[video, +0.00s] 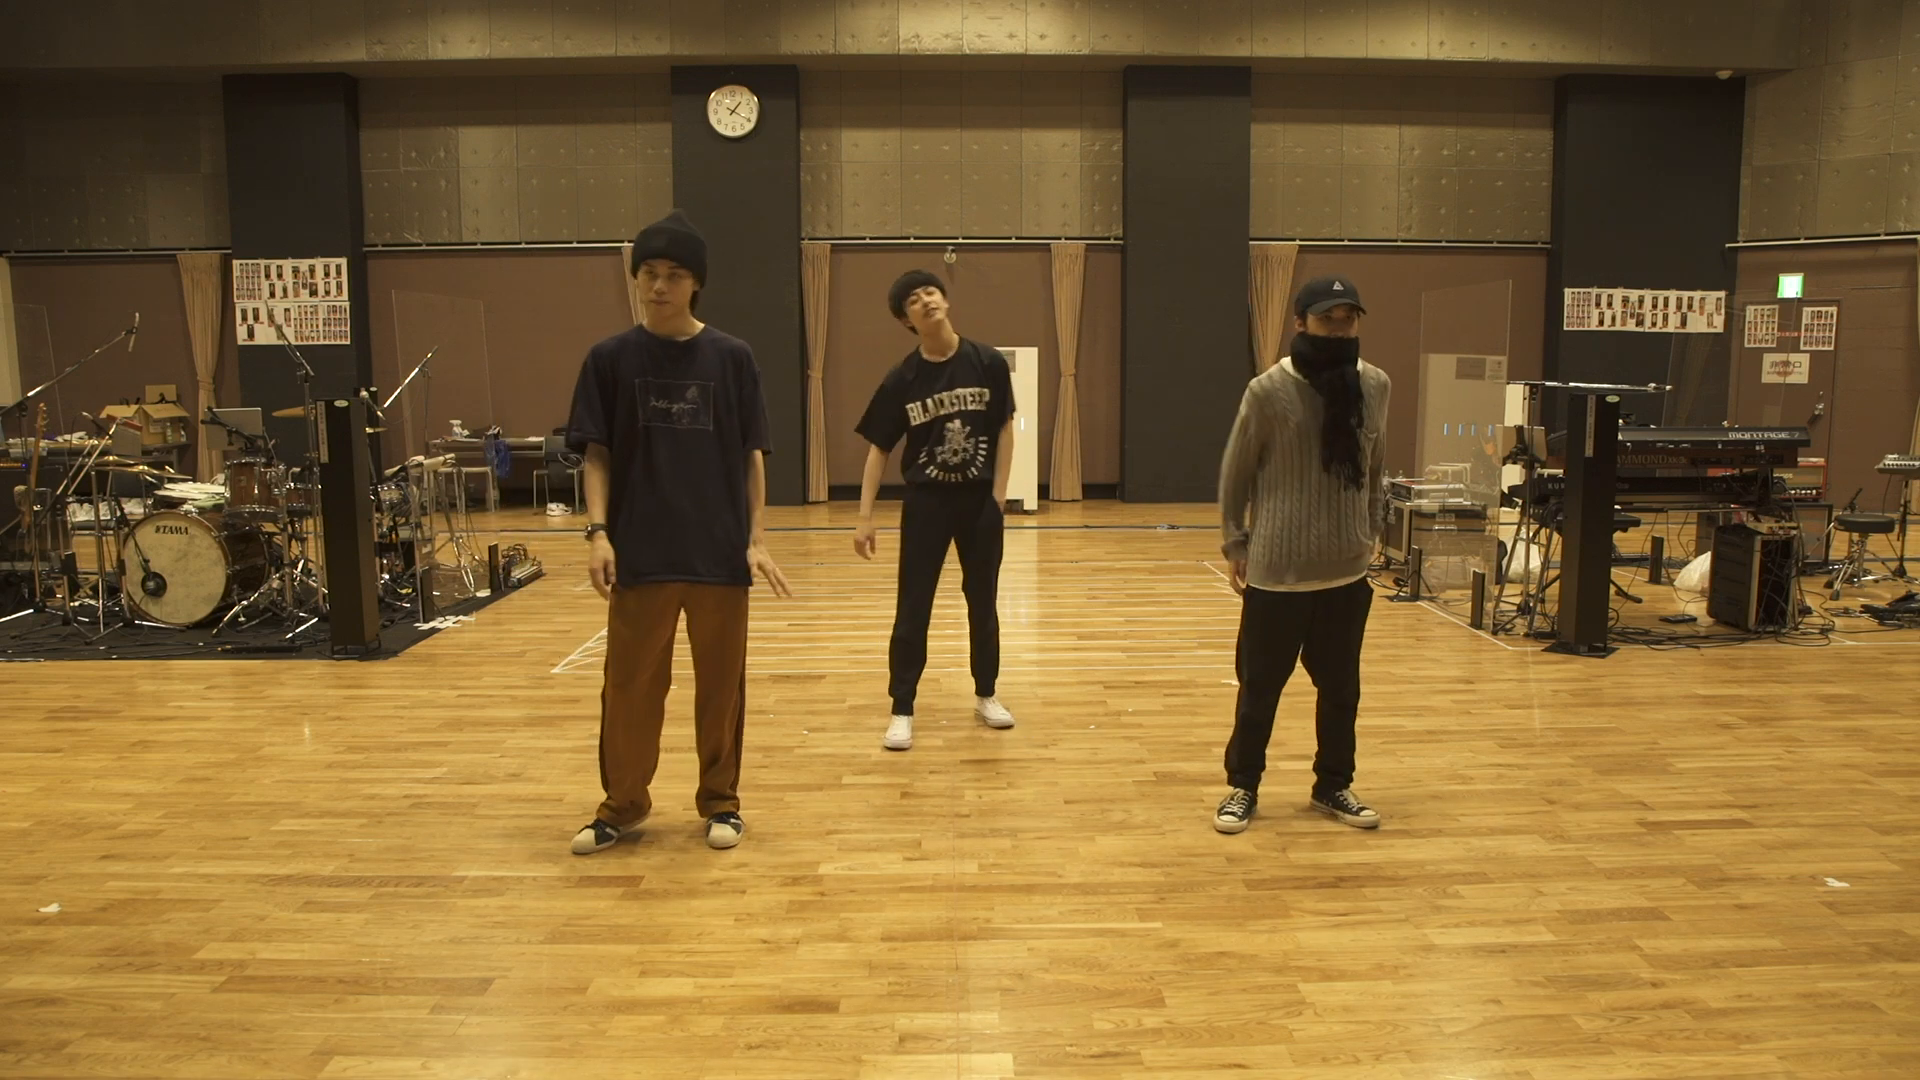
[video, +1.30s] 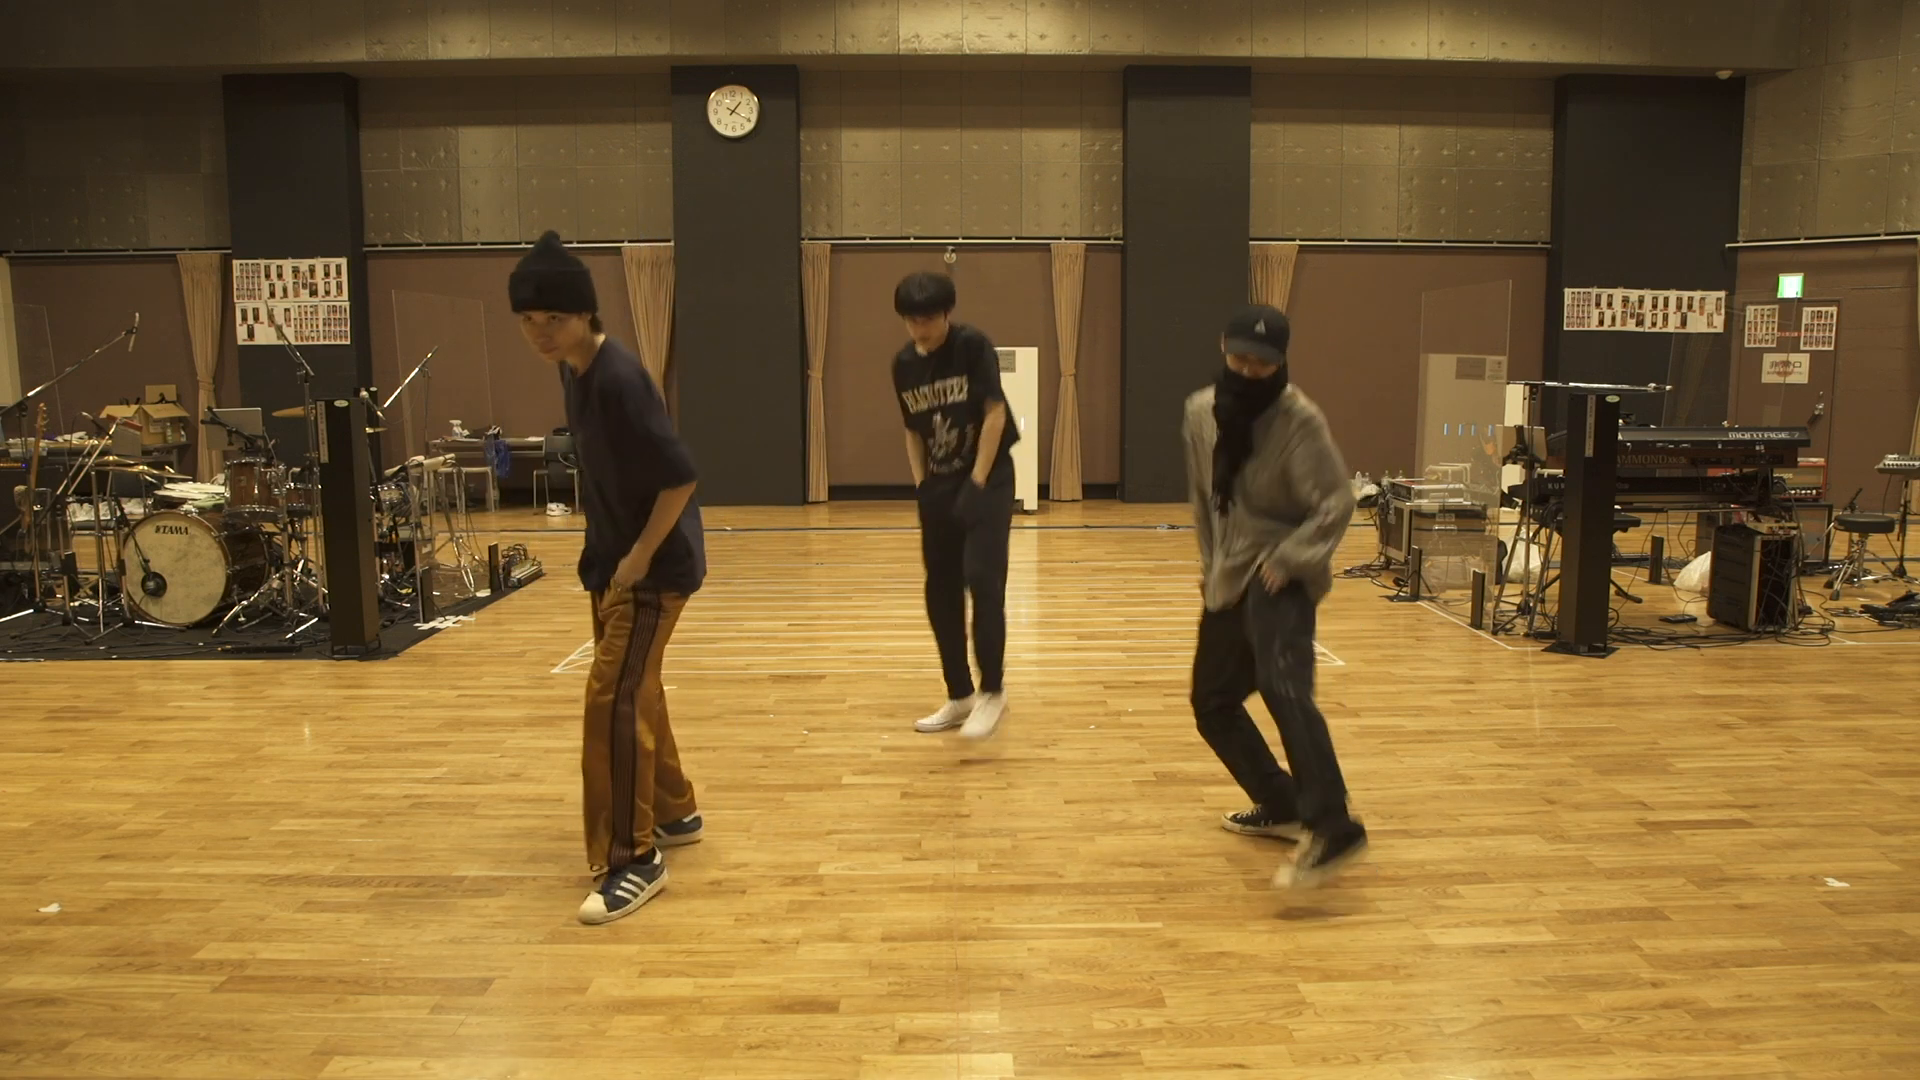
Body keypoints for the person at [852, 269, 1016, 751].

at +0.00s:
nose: (925, 301)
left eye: (930, 293)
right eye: (914, 300)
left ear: (948, 302)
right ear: (906, 321)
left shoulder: (989, 363)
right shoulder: (901, 380)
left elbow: (1005, 428)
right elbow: (878, 449)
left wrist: (998, 495)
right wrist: (865, 518)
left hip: (979, 503)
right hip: (925, 506)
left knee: (983, 603)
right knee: (913, 608)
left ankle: (986, 695)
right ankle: (902, 713)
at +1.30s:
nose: (918, 331)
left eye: (927, 321)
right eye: (911, 322)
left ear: (948, 314)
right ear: (903, 320)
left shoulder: (972, 345)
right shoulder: (904, 365)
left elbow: (995, 414)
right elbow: (914, 429)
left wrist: (977, 481)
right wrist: (920, 484)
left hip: (985, 480)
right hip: (938, 484)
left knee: (984, 582)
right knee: (941, 590)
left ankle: (991, 693)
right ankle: (960, 696)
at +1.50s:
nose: (933, 327)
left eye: (941, 317)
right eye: (924, 319)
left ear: (958, 314)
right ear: (913, 320)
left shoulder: (991, 354)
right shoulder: (902, 376)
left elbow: (1021, 411)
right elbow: (909, 440)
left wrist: (1007, 457)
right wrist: (929, 492)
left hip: (996, 472)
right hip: (947, 490)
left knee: (1032, 536)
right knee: (968, 600)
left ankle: (1010, 584)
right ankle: (1011, 696)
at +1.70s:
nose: (946, 337)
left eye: (954, 328)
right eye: (937, 328)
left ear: (967, 325)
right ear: (923, 328)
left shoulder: (993, 365)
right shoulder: (906, 379)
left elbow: (1009, 429)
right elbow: (900, 446)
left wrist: (1012, 488)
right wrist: (922, 498)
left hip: (997, 502)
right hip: (943, 508)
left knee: (1002, 603)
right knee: (962, 610)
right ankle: (1008, 695)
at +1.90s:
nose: (950, 339)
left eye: (958, 330)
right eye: (940, 331)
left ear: (970, 332)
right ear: (925, 334)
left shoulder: (993, 383)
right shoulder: (908, 395)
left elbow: (1002, 447)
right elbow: (896, 466)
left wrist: (1000, 509)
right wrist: (923, 517)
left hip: (983, 522)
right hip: (934, 523)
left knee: (964, 620)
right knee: (925, 617)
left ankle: (925, 677)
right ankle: (889, 699)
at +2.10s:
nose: (958, 343)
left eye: (966, 334)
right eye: (949, 334)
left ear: (977, 340)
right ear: (933, 339)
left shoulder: (998, 386)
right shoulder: (914, 402)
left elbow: (1011, 449)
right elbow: (905, 471)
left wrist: (1021, 507)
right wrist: (931, 526)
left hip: (1007, 522)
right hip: (954, 532)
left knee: (1060, 601)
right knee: (929, 624)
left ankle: (1027, 672)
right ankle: (885, 701)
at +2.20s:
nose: (966, 340)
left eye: (974, 332)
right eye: (957, 331)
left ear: (986, 337)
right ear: (941, 337)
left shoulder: (1013, 381)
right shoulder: (926, 398)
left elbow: (1029, 442)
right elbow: (924, 468)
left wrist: (1036, 499)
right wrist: (949, 517)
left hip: (1024, 517)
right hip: (970, 526)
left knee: (1069, 604)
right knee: (958, 619)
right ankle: (925, 694)